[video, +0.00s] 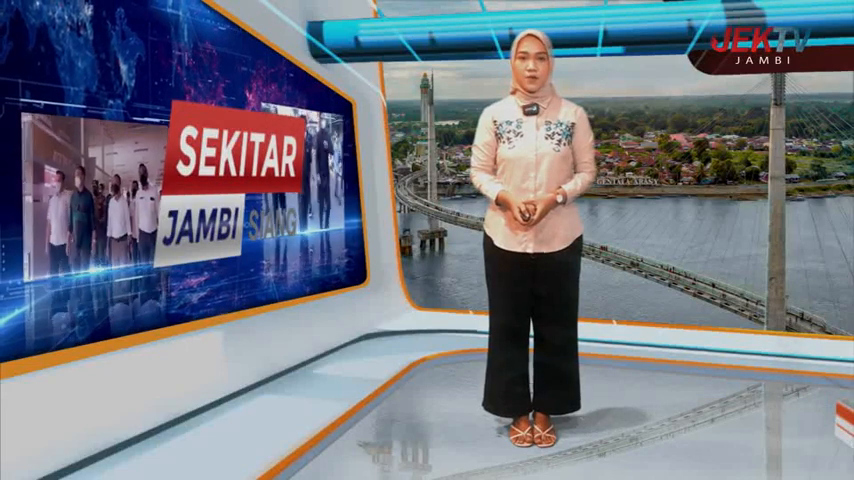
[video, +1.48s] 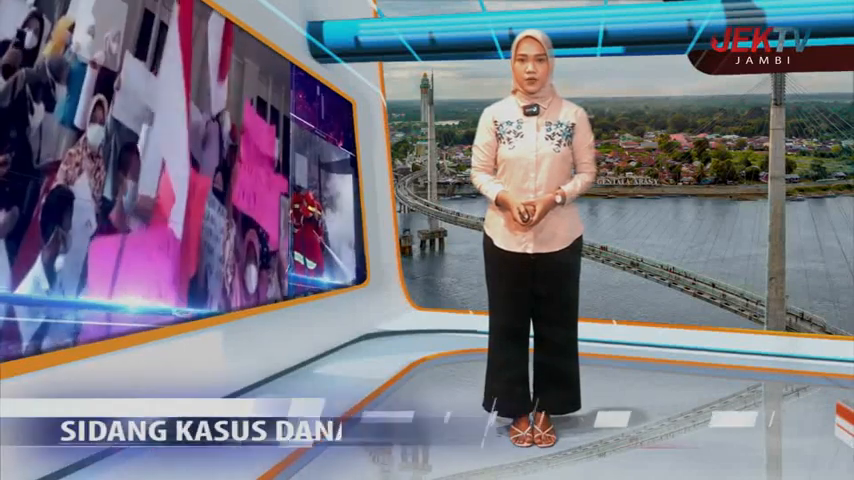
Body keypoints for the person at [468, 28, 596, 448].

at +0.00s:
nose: (532, 65)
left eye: (540, 58)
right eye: (523, 57)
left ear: (551, 64)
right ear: (512, 63)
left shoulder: (573, 115)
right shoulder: (493, 115)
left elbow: (587, 172)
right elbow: (479, 171)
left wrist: (555, 198)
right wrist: (506, 198)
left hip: (558, 241)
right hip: (505, 241)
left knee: (554, 328)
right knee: (510, 328)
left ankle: (543, 413)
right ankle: (519, 414)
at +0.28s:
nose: (531, 66)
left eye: (540, 58)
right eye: (523, 58)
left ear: (552, 64)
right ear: (512, 63)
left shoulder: (573, 115)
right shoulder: (494, 115)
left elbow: (588, 173)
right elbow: (479, 172)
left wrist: (556, 198)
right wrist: (507, 198)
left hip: (559, 241)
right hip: (506, 241)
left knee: (554, 328)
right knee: (510, 329)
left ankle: (543, 414)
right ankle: (519, 414)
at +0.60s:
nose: (531, 67)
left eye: (539, 59)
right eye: (523, 59)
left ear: (551, 64)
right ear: (512, 64)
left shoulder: (573, 115)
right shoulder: (494, 115)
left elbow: (588, 173)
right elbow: (479, 172)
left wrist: (555, 199)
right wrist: (507, 199)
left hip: (559, 241)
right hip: (506, 242)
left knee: (554, 329)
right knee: (510, 329)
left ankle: (543, 414)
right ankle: (519, 414)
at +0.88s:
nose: (531, 66)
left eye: (539, 59)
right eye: (523, 59)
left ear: (551, 64)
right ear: (512, 64)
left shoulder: (573, 115)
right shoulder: (494, 115)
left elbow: (587, 173)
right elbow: (479, 172)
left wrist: (555, 198)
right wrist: (506, 199)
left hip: (559, 241)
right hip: (506, 242)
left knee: (554, 328)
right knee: (510, 328)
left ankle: (543, 413)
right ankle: (519, 414)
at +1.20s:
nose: (531, 67)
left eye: (539, 59)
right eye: (523, 59)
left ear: (551, 64)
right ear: (512, 64)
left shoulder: (573, 115)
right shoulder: (494, 115)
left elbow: (587, 173)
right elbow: (480, 172)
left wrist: (555, 199)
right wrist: (506, 199)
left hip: (558, 241)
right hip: (506, 242)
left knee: (554, 328)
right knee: (510, 328)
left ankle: (543, 413)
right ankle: (519, 414)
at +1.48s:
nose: (530, 67)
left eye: (539, 59)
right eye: (522, 59)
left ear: (551, 64)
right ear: (512, 64)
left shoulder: (573, 115)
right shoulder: (494, 115)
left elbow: (587, 173)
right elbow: (480, 172)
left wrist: (555, 198)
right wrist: (505, 199)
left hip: (558, 241)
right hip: (505, 241)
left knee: (554, 328)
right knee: (510, 328)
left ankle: (543, 413)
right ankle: (519, 414)